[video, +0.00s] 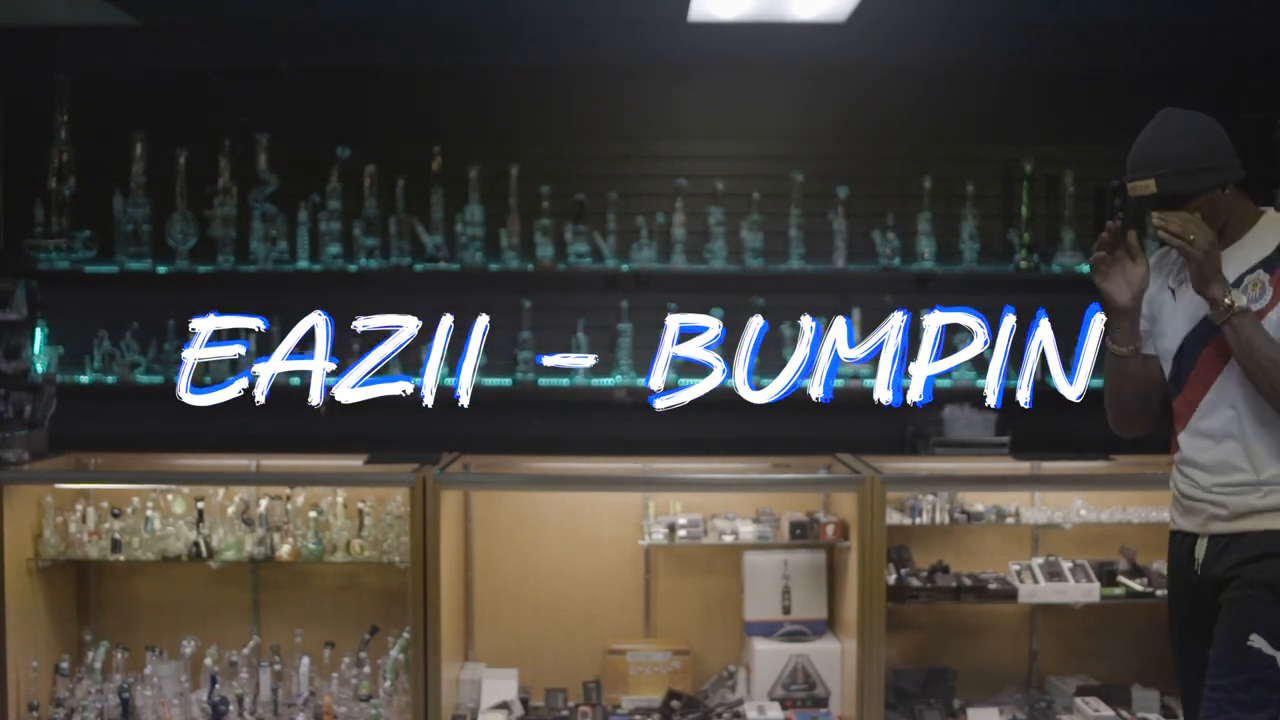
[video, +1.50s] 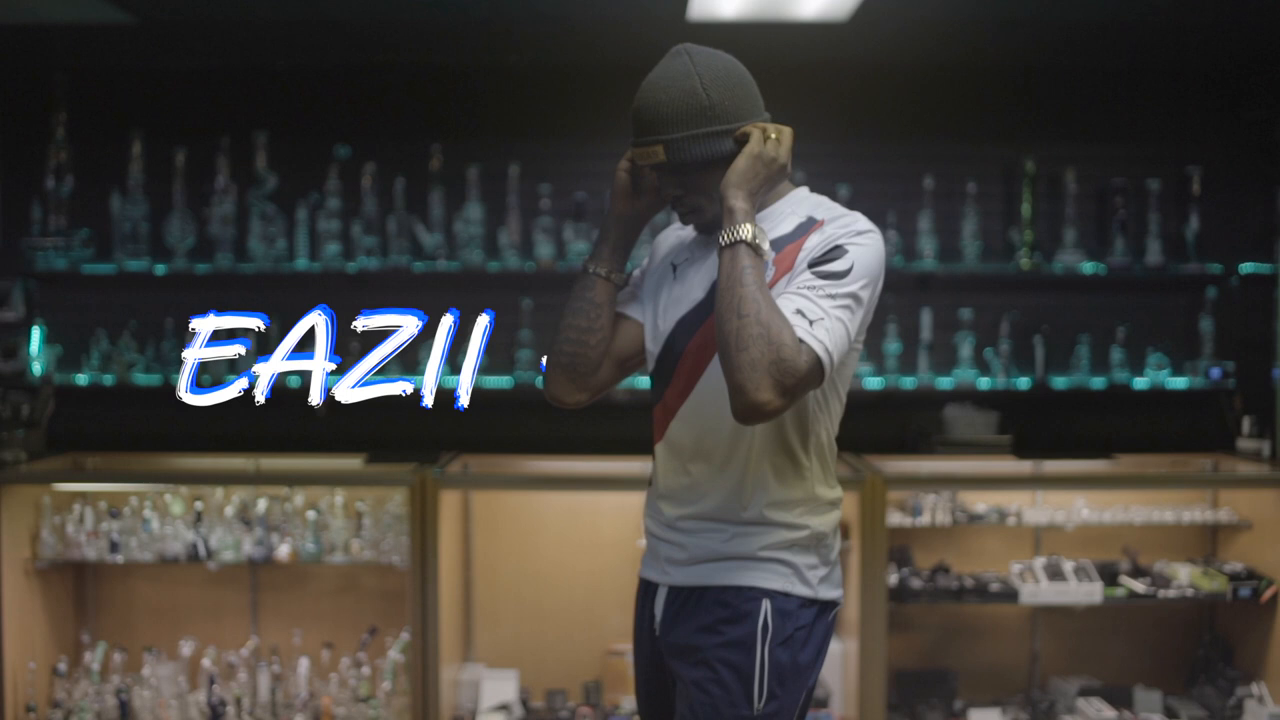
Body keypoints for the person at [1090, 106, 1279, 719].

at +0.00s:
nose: (1166, 223)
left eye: (1176, 205)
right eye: (1156, 210)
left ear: (1224, 188)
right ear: (1152, 205)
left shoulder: (1273, 250)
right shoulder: (1167, 269)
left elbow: (1274, 389)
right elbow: (1130, 421)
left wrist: (1219, 294)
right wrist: (1124, 315)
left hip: (1266, 536)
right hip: (1191, 536)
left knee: (1233, 709)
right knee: (1203, 708)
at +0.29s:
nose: (1119, 212)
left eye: (1132, 193)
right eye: (1108, 197)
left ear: (1185, 178)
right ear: (1096, 194)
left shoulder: (1263, 259)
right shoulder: (1107, 263)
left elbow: (1211, 393)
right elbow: (1037, 403)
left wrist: (1168, 245)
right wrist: (1061, 259)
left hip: (1202, 550)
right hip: (1109, 549)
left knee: (1146, 707)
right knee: (1097, 708)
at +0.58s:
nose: (1033, 189)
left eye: (1043, 169)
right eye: (1021, 175)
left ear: (1094, 157)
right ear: (1012, 182)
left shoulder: (1188, 243)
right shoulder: (1028, 253)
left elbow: (1114, 392)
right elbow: (961, 401)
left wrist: (1065, 235)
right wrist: (975, 250)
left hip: (1122, 565)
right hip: (1014, 551)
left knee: (1098, 708)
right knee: (950, 706)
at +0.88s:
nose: (917, 197)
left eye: (925, 180)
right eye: (904, 186)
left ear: (975, 165)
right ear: (898, 190)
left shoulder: (1073, 255)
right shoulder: (911, 264)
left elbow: (999, 404)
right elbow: (834, 416)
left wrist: (954, 239)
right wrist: (855, 258)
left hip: (1006, 595)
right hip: (890, 582)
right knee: (845, 709)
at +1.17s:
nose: (763, 197)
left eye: (777, 176)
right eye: (754, 180)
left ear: (836, 156)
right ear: (747, 173)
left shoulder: (931, 239)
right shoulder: (766, 253)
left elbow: (863, 373)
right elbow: (671, 382)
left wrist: (836, 210)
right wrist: (715, 228)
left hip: (860, 576)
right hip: (753, 568)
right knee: (723, 710)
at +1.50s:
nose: (675, 210)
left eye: (686, 188)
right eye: (666, 192)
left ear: (743, 156)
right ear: (660, 178)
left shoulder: (845, 240)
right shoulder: (676, 244)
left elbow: (759, 390)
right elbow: (570, 384)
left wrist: (739, 208)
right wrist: (620, 222)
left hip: (764, 583)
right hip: (665, 576)